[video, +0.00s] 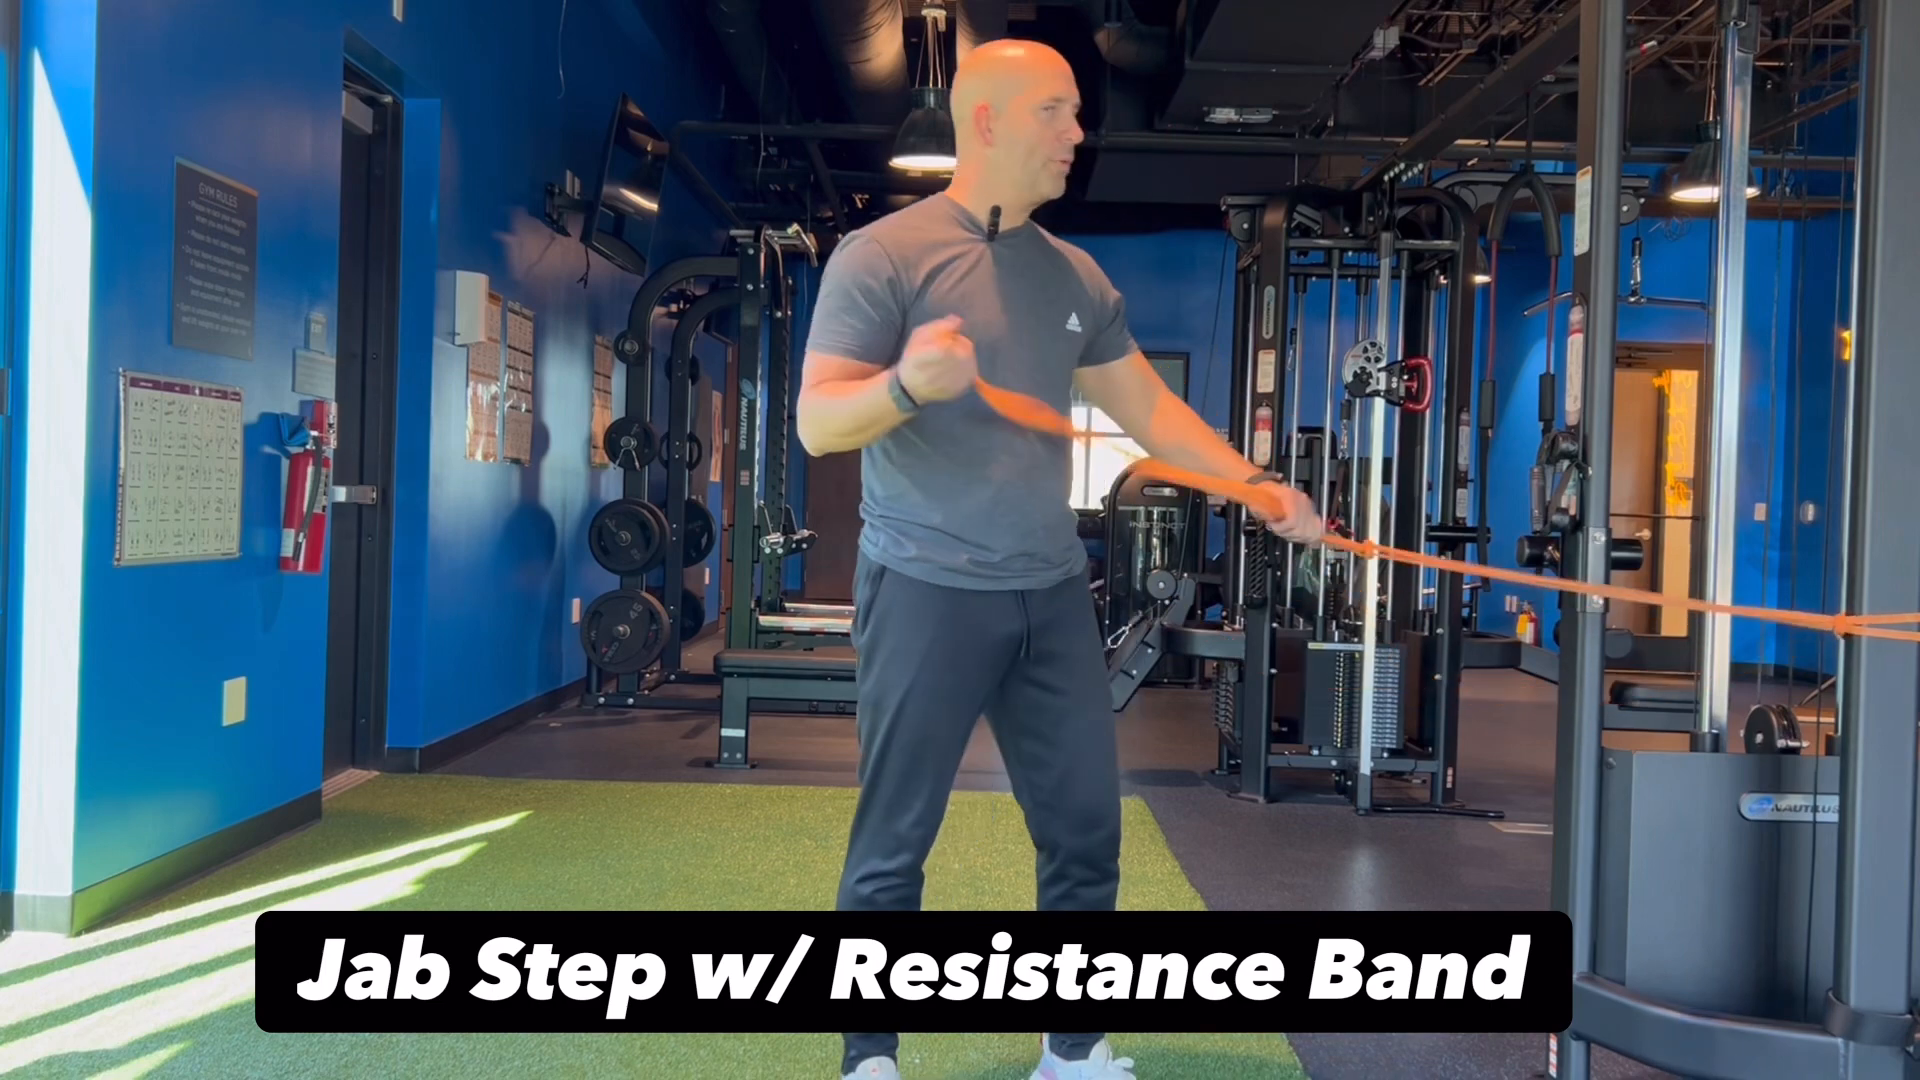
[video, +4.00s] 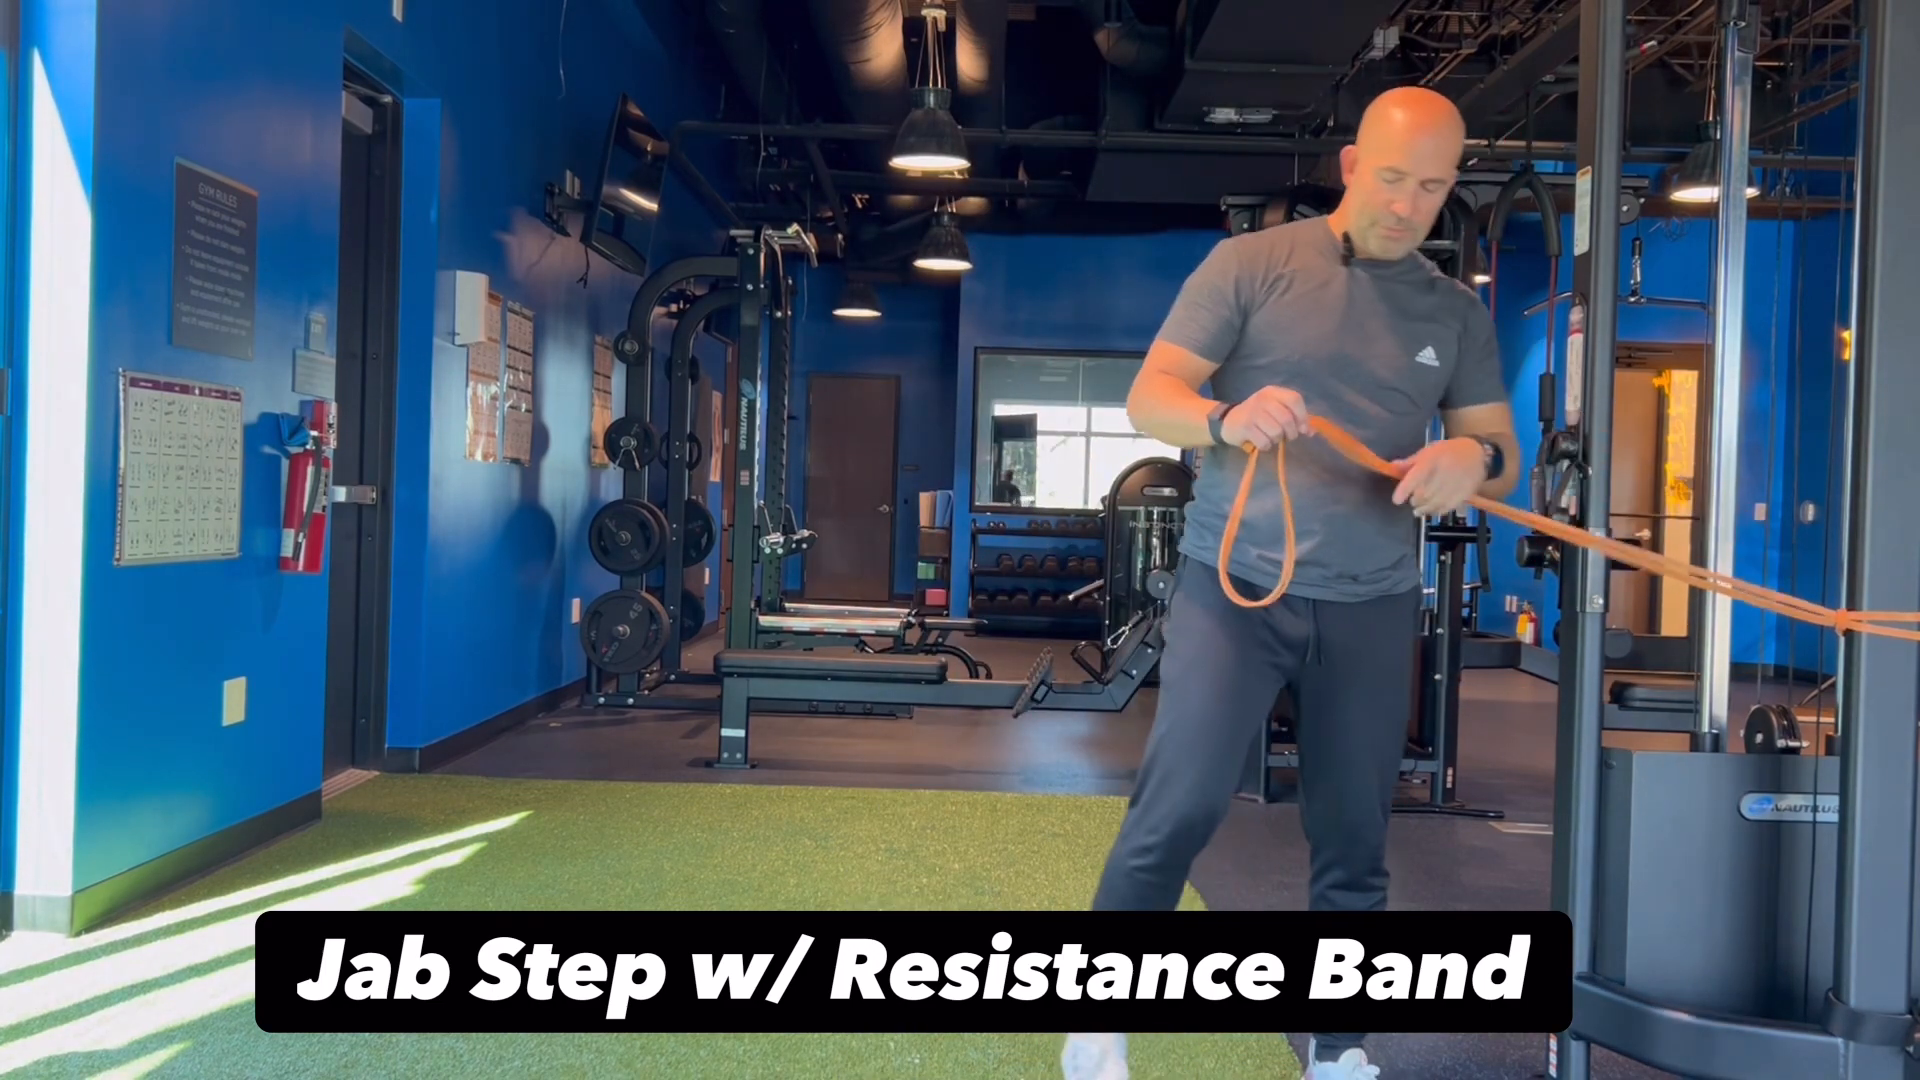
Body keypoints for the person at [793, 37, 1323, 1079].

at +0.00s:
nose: (1079, 134)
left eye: (1077, 115)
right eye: (1059, 114)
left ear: (1025, 130)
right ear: (986, 126)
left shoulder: (1073, 276)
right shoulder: (879, 256)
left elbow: (1147, 408)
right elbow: (820, 424)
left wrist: (1257, 488)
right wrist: (905, 387)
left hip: (1052, 587)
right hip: (927, 585)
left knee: (1084, 830)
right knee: (895, 837)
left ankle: (1071, 1051)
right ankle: (870, 1055)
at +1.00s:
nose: (1264, 133)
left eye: (1261, 115)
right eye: (1242, 114)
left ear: (1200, 137)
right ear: (1173, 131)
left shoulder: (1232, 282)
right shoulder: (1100, 246)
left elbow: (1233, 429)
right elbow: (1060, 417)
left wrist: (1296, 451)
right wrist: (1236, 455)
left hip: (1202, 588)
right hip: (1109, 581)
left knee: (1179, 839)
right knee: (1132, 838)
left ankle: (1099, 1042)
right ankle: (1091, 1059)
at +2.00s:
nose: (1486, 199)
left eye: (1491, 180)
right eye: (1475, 175)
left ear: (1414, 175)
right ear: (1403, 167)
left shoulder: (1461, 312)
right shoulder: (1254, 262)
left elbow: (1535, 439)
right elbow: (1157, 392)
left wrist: (1637, 527)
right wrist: (1220, 416)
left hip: (1379, 606)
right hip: (1241, 597)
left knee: (1354, 848)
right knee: (1198, 833)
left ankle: (1330, 1043)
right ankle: (1164, 1041)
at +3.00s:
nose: (1488, 193)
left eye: (1492, 173)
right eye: (1475, 170)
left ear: (1421, 173)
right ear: (1401, 166)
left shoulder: (1468, 309)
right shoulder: (1254, 263)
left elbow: (1551, 443)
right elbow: (1163, 395)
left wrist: (1669, 531)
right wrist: (1238, 433)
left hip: (1391, 603)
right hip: (1248, 592)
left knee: (1363, 848)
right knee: (1202, 834)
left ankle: (1333, 1045)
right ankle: (1161, 1043)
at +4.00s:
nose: (1413, 208)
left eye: (1435, 190)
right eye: (1398, 180)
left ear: (1453, 192)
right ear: (1352, 164)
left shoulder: (1456, 313)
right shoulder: (1249, 263)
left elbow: (1492, 446)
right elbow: (1150, 396)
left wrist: (1468, 453)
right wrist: (1221, 417)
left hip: (1371, 606)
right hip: (1232, 590)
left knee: (1354, 844)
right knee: (1183, 806)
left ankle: (1336, 1045)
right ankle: (1094, 1017)